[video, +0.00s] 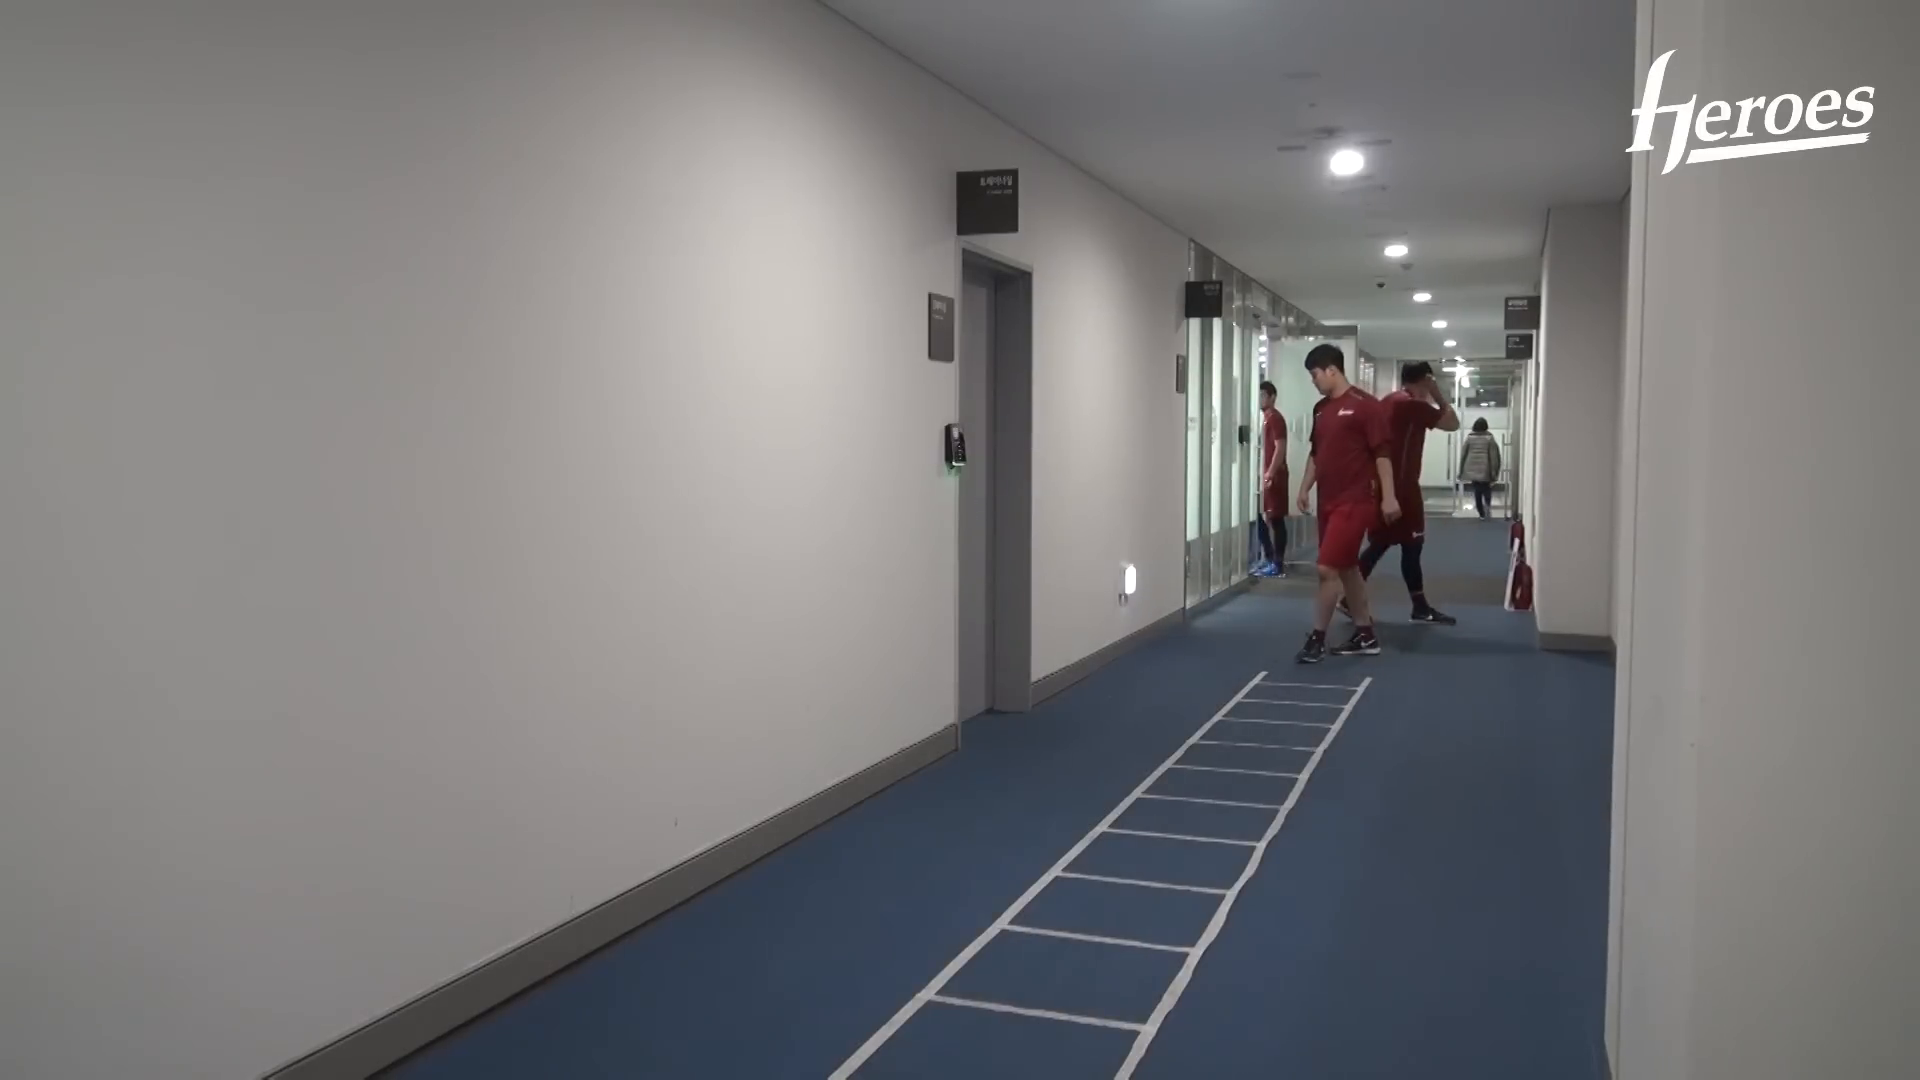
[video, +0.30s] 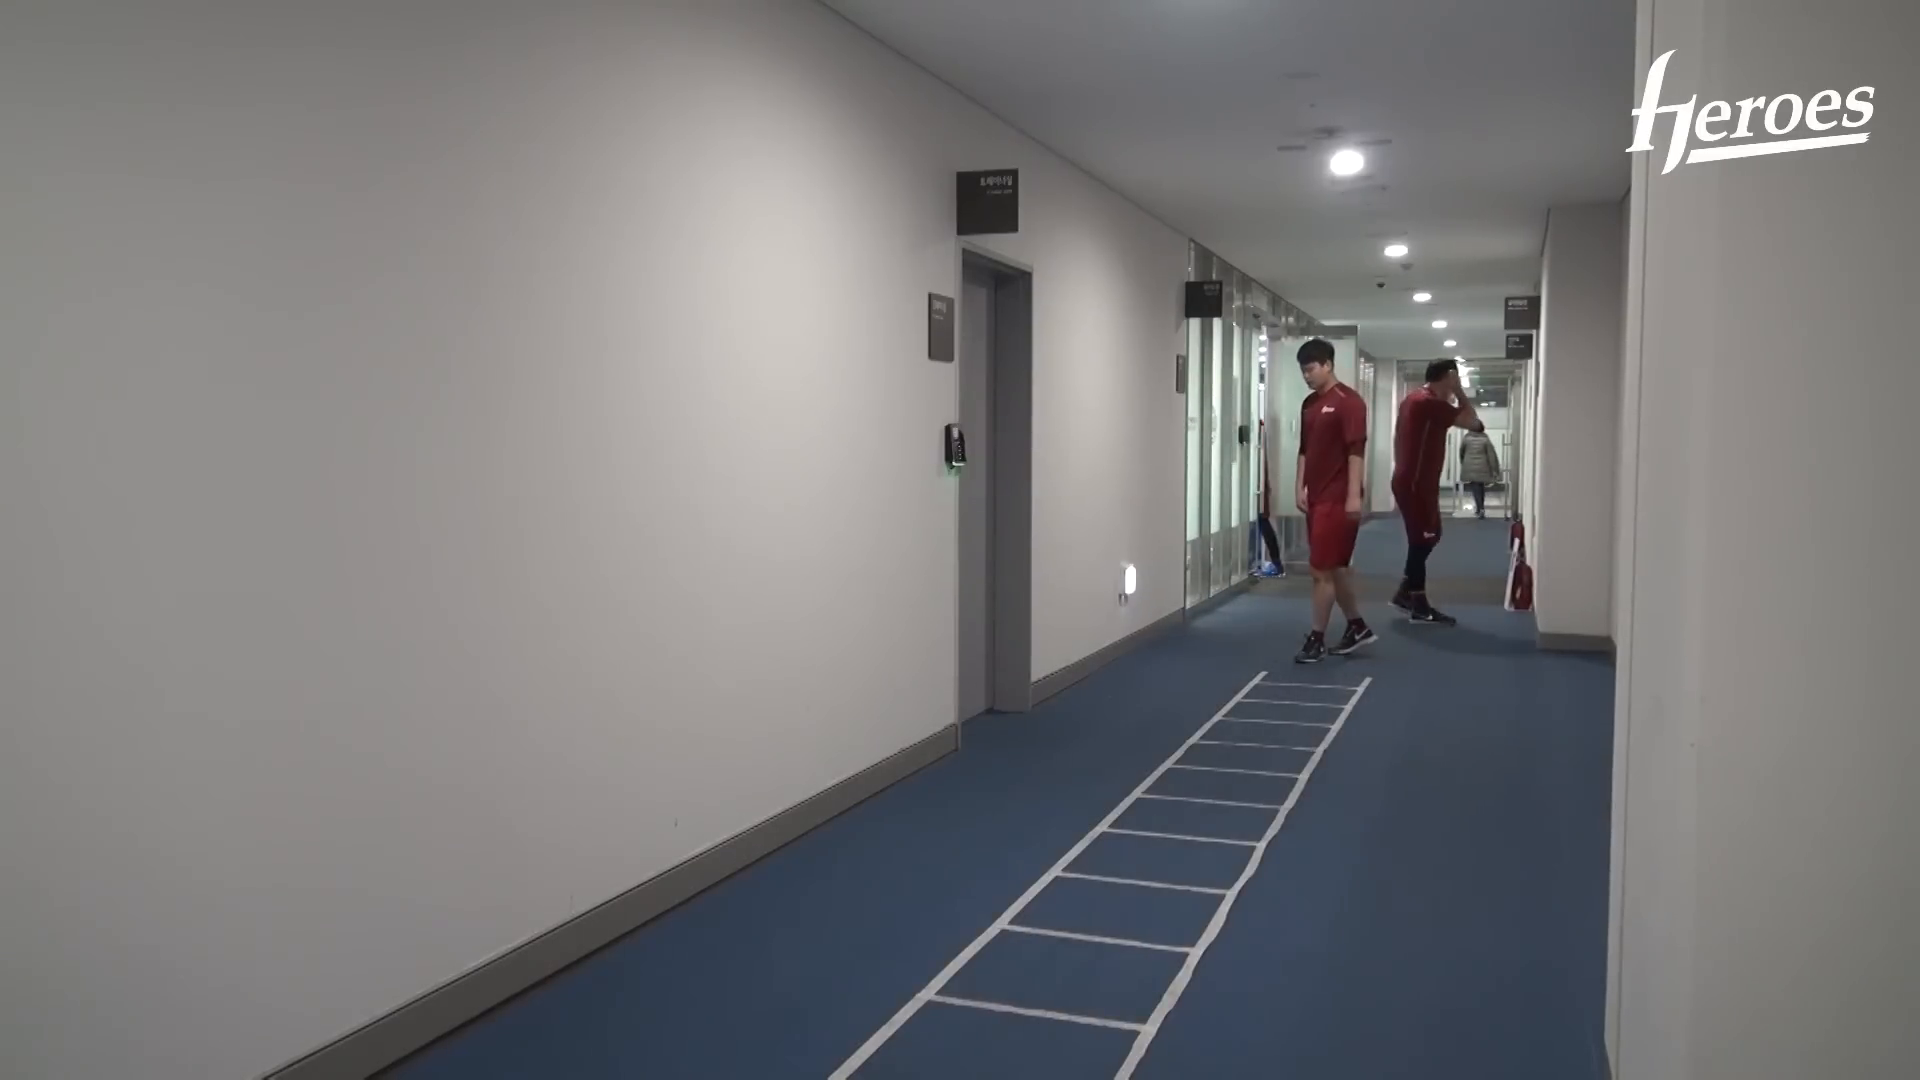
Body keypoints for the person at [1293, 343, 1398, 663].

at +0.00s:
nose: (1312, 381)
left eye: (1315, 374)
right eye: (1311, 375)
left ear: (1331, 370)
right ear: (1327, 372)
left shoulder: (1367, 406)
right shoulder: (1321, 409)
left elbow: (1382, 453)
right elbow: (1316, 453)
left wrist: (1389, 496)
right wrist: (1304, 488)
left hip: (1355, 501)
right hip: (1327, 502)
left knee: (1328, 568)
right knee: (1347, 569)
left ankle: (1318, 636)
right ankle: (1365, 634)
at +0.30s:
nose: (1305, 375)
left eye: (1309, 368)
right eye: (1303, 369)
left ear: (1327, 365)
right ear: (1307, 370)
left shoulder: (1350, 401)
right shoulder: (1310, 403)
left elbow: (1356, 452)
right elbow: (1304, 449)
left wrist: (1354, 496)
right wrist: (1300, 486)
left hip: (1339, 497)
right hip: (1315, 497)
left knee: (1322, 570)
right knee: (1333, 568)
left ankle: (1316, 637)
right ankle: (1357, 625)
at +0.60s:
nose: (1312, 372)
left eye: (1319, 366)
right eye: (1308, 366)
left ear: (1332, 366)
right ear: (1304, 367)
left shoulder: (1345, 399)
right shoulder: (1303, 401)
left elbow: (1341, 448)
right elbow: (1297, 446)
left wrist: (1305, 477)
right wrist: (1293, 481)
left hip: (1335, 498)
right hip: (1308, 495)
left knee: (1326, 569)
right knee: (1294, 557)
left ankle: (1318, 637)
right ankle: (1331, 615)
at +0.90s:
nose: (1319, 372)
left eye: (1326, 366)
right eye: (1314, 365)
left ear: (1337, 367)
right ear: (1307, 366)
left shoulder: (1350, 402)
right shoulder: (1298, 400)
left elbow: (1351, 454)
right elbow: (1290, 448)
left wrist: (1341, 497)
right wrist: (1291, 489)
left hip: (1333, 500)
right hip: (1301, 496)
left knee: (1324, 570)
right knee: (1283, 554)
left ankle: (1318, 637)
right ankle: (1285, 613)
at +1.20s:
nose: (1322, 374)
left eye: (1329, 369)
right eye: (1317, 367)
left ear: (1339, 371)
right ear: (1310, 367)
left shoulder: (1354, 404)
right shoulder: (1291, 401)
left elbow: (1374, 449)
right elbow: (1281, 447)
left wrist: (1385, 491)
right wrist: (1290, 486)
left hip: (1328, 501)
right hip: (1292, 494)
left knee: (1320, 570)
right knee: (1270, 553)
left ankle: (1318, 637)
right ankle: (1271, 612)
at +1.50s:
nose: (1316, 377)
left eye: (1323, 371)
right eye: (1311, 370)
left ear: (1332, 373)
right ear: (1303, 371)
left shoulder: (1345, 408)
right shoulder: (1282, 405)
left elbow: (1363, 451)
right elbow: (1267, 448)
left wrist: (1368, 493)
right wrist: (1281, 486)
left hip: (1320, 502)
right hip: (1282, 497)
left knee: (1316, 571)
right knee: (1277, 566)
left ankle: (1319, 637)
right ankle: (1280, 621)